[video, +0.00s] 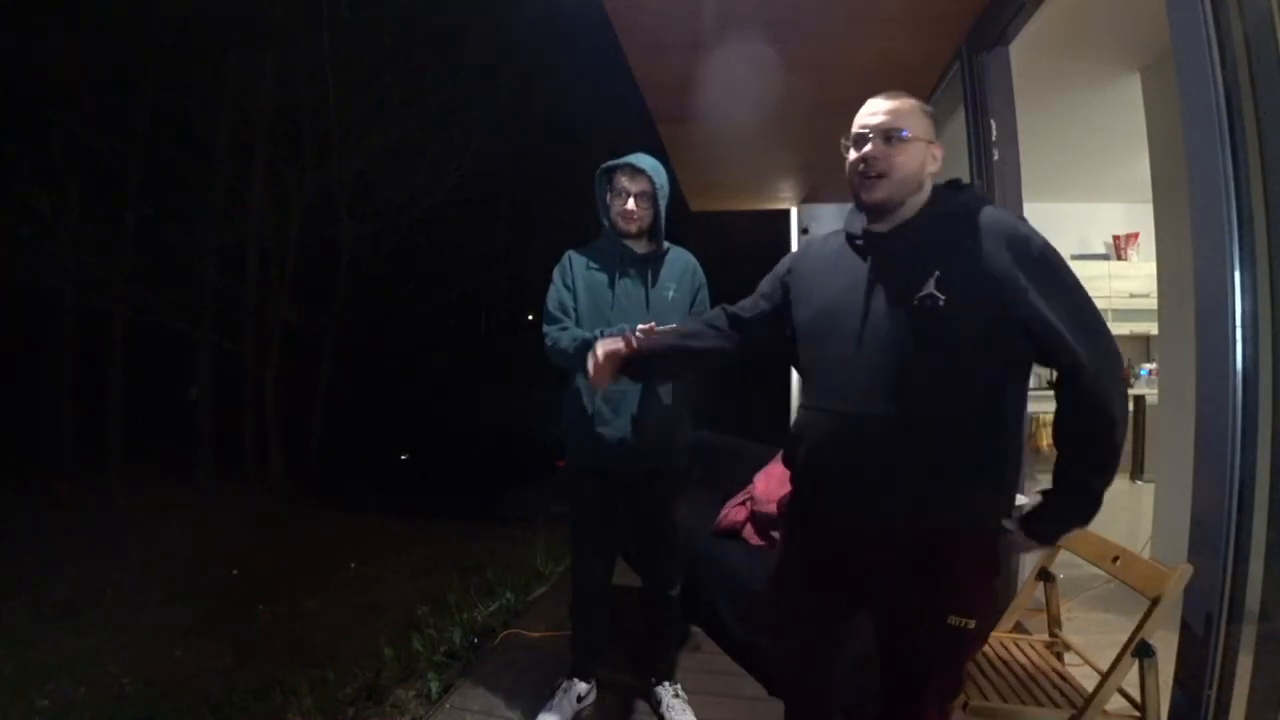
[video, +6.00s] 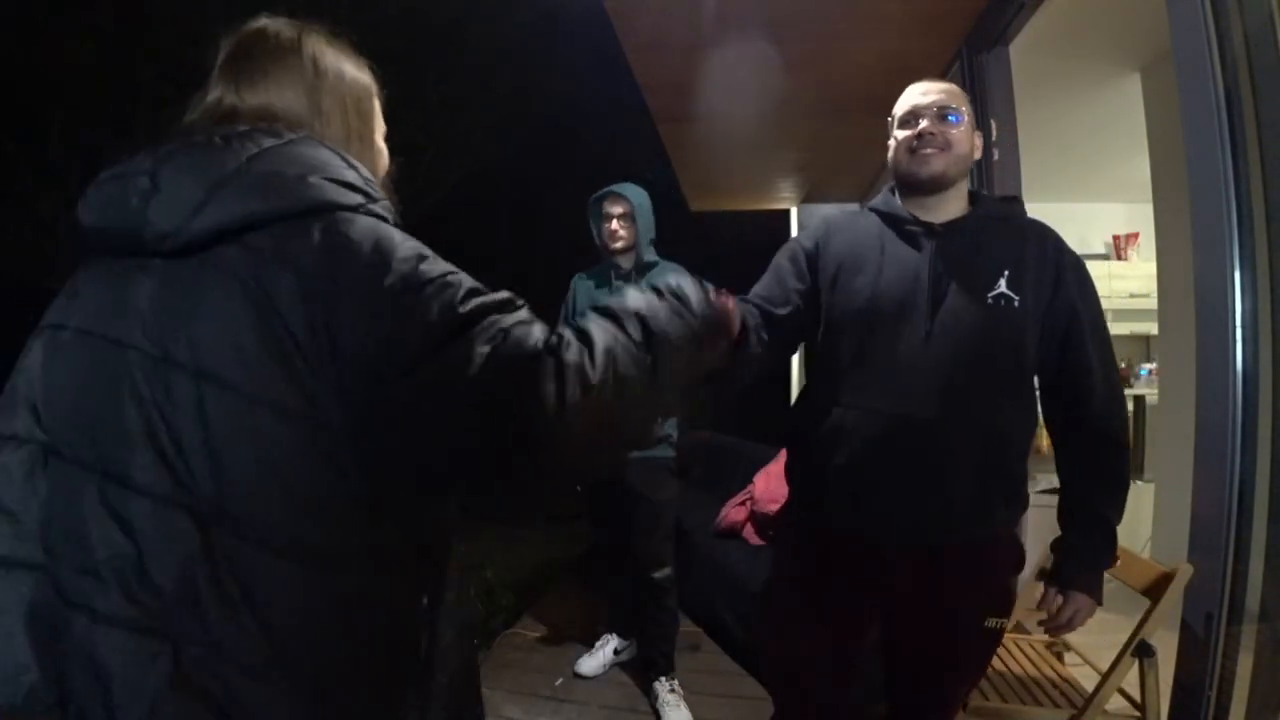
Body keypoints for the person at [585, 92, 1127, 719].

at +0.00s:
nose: (864, 152)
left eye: (889, 137)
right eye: (855, 140)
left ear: (934, 155)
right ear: (845, 158)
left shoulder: (994, 242)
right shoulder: (813, 259)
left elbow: (1096, 374)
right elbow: (737, 327)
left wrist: (1058, 512)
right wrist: (640, 347)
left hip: (946, 537)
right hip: (825, 531)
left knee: (915, 702)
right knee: (807, 696)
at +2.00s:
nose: (921, 140)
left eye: (949, 125)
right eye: (911, 131)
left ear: (1001, 145)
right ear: (902, 154)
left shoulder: (1062, 246)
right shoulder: (855, 245)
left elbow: (1129, 425)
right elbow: (751, 292)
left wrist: (1099, 585)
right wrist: (642, 263)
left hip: (971, 556)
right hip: (838, 542)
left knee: (937, 708)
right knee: (795, 699)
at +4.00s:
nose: (920, 143)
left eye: (946, 126)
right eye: (913, 133)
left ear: (1004, 136)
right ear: (905, 150)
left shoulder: (1075, 250)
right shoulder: (861, 242)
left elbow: (1140, 435)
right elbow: (761, 286)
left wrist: (1105, 596)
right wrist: (652, 256)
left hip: (976, 561)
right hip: (842, 542)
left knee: (938, 710)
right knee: (801, 703)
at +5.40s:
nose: (869, 131)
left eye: (889, 114)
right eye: (852, 122)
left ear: (928, 134)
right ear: (834, 146)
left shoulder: (998, 245)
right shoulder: (787, 243)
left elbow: (1060, 404)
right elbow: (712, 326)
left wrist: (1051, 545)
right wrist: (627, 341)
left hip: (953, 550)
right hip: (815, 545)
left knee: (916, 704)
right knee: (809, 703)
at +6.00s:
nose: (925, 125)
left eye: (947, 115)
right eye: (908, 119)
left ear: (982, 143)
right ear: (887, 149)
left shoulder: (1037, 255)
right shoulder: (828, 238)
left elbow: (1092, 415)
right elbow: (758, 329)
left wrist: (1083, 553)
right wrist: (716, 329)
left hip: (966, 551)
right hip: (829, 539)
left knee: (927, 705)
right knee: (816, 703)